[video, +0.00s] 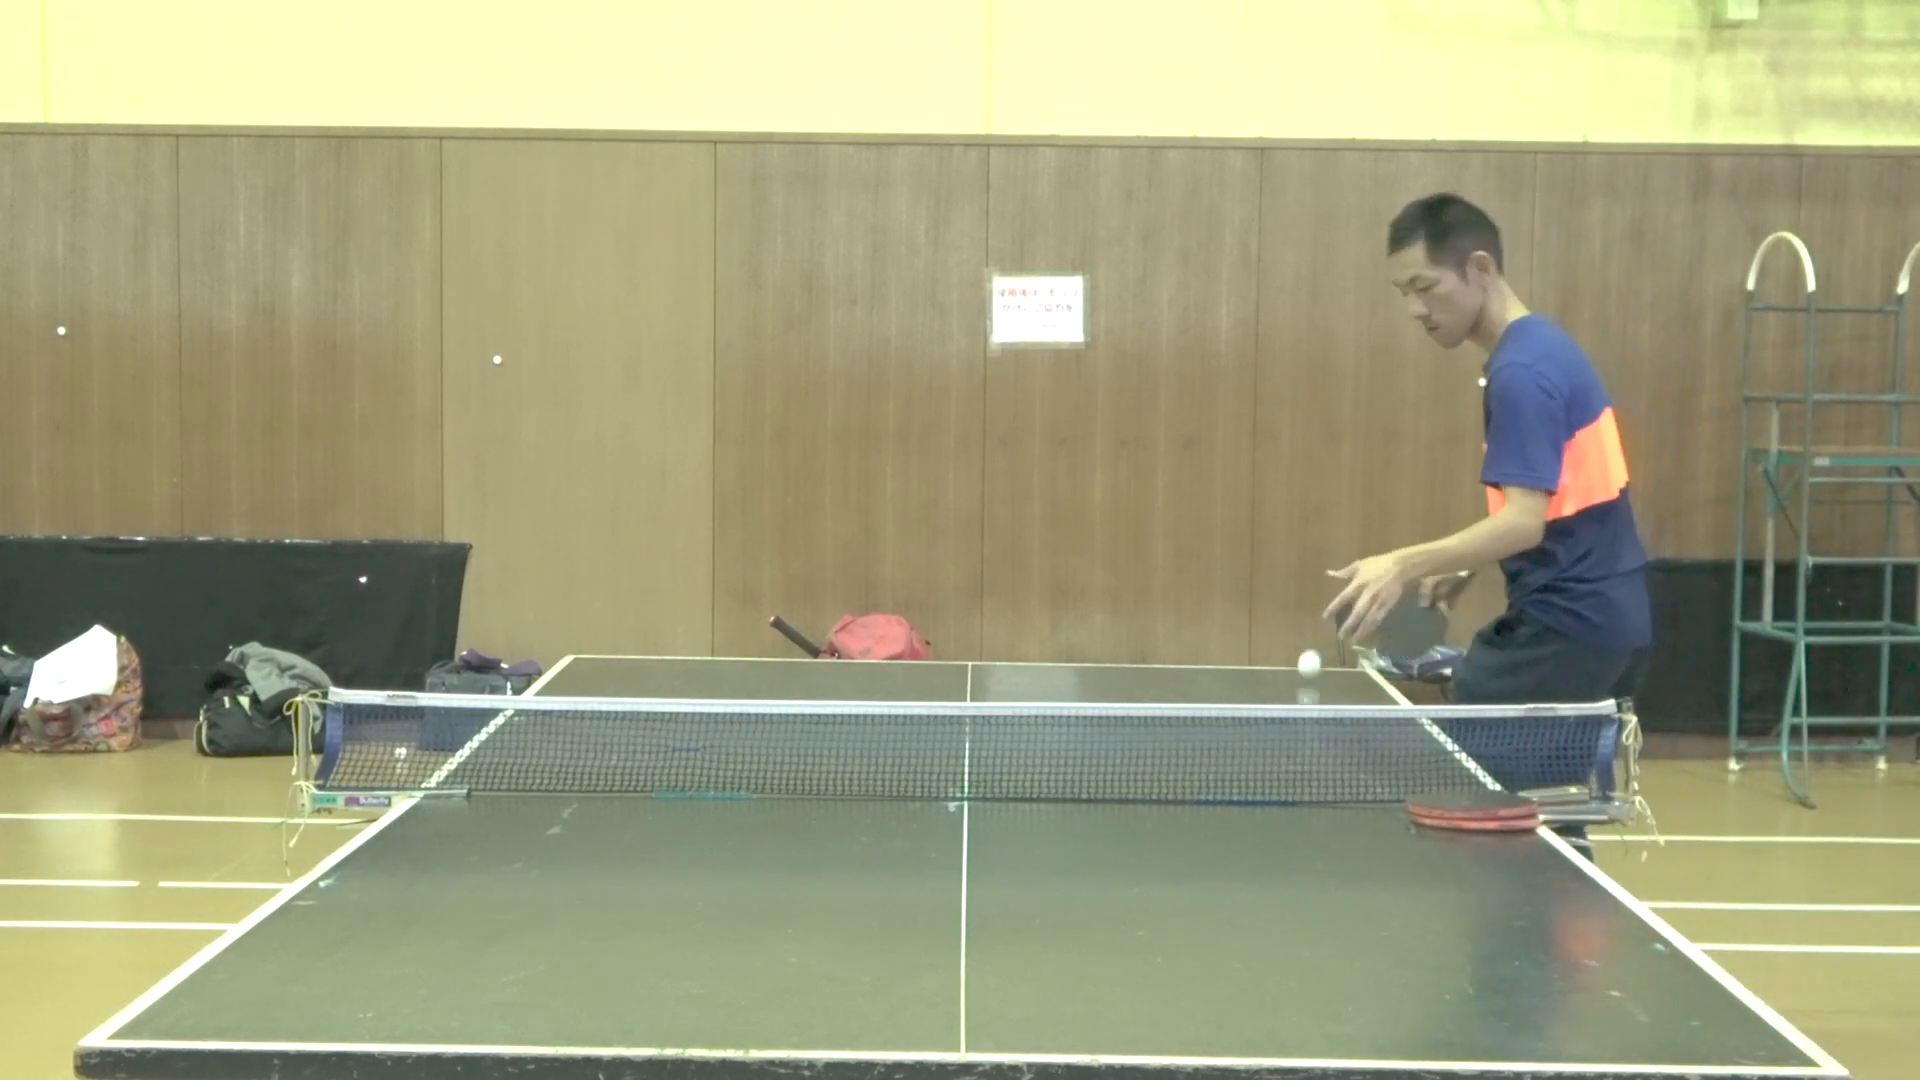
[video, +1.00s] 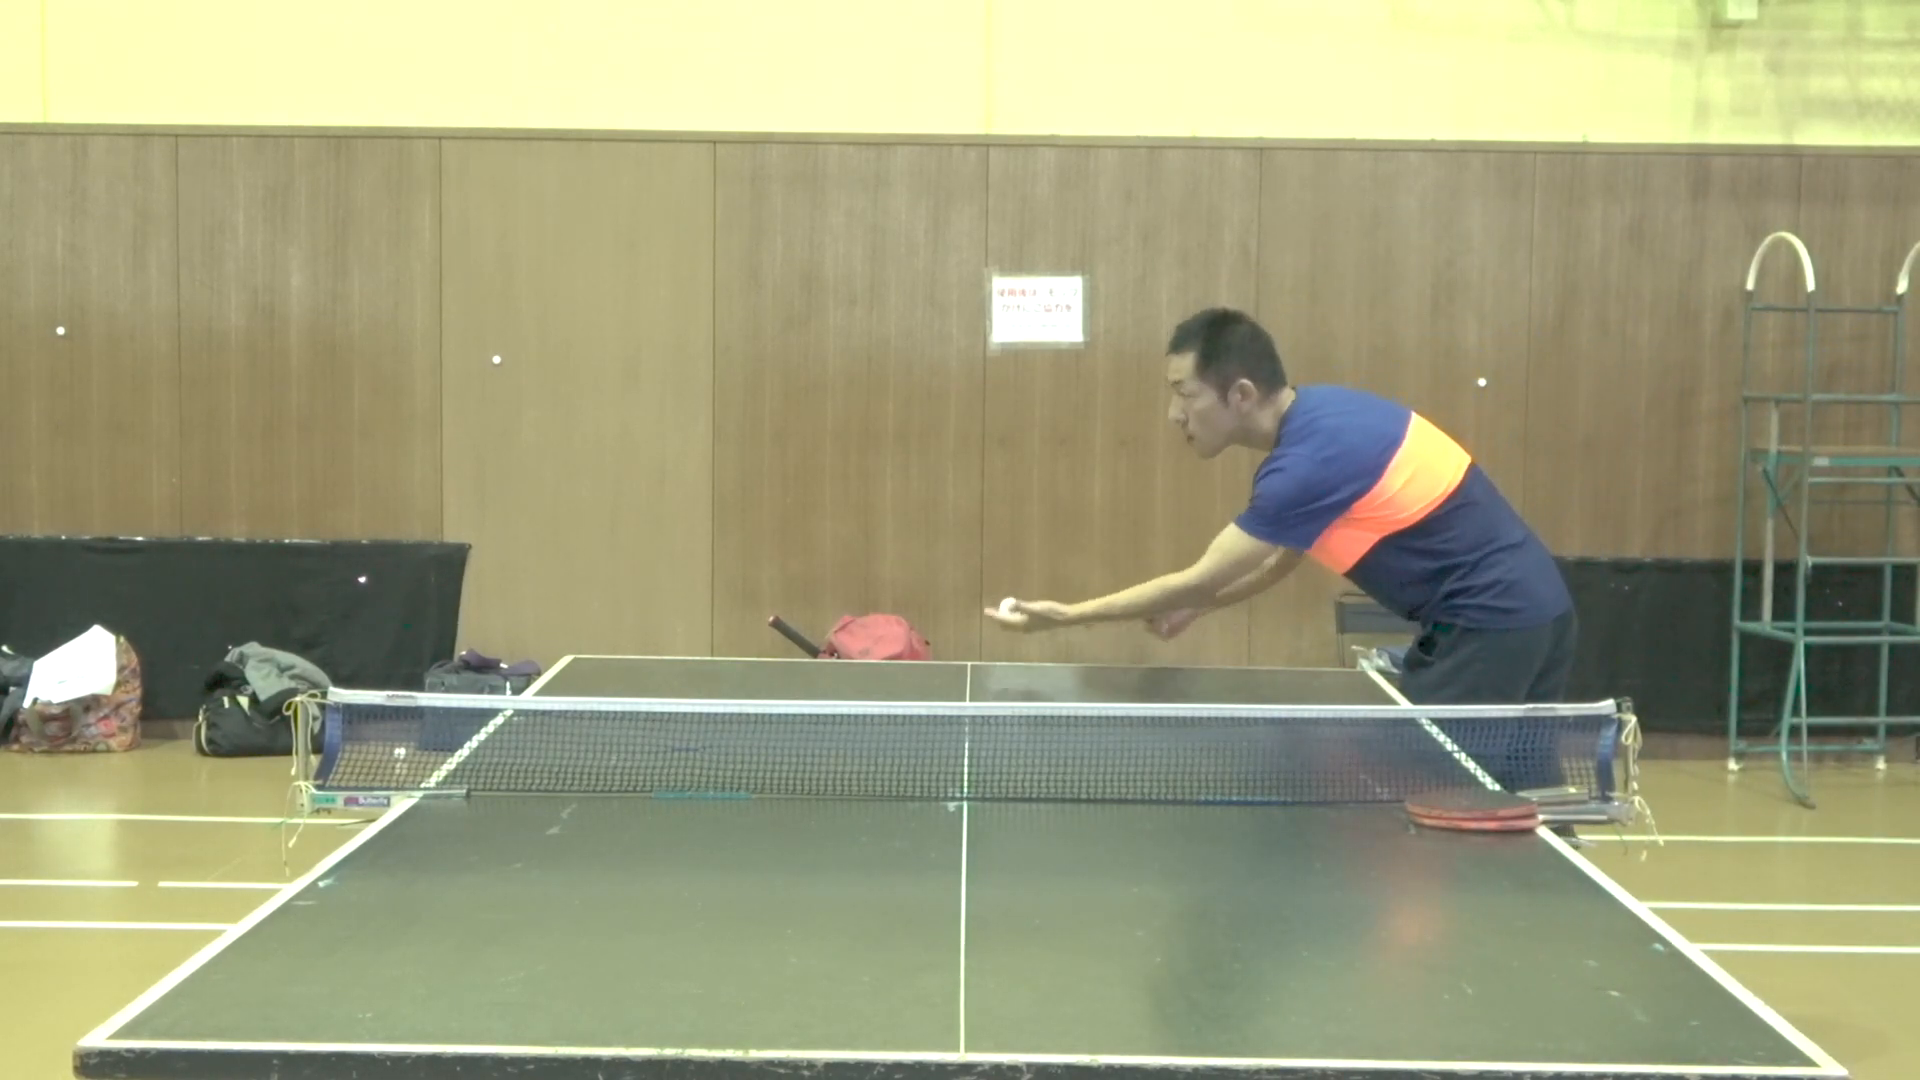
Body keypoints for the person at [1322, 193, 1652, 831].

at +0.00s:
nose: (1416, 310)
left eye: (1425, 288)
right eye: (1407, 293)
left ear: (1481, 267)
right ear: (1479, 272)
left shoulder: (1521, 370)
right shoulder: (1544, 348)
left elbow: (1523, 521)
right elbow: (1534, 501)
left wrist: (1404, 565)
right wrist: (1464, 564)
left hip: (1565, 629)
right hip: (1608, 623)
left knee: (1447, 781)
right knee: (1551, 806)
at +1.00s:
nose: (1174, 413)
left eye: (1185, 394)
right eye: (1173, 395)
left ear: (1242, 393)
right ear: (1247, 391)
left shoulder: (1313, 456)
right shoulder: (1327, 414)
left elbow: (1203, 579)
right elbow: (1276, 560)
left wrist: (1070, 614)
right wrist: (1199, 604)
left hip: (1499, 625)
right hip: (1517, 609)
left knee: (1392, 780)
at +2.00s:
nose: (1353, 303)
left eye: (1371, 286)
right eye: (1360, 286)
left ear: (1419, 300)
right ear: (1428, 300)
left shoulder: (1435, 355)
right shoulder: (1525, 361)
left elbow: (1442, 398)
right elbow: (1595, 349)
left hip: (1531, 626)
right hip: (1589, 628)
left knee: (1430, 795)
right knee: (1537, 809)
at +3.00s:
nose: (1397, 394)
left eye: (1389, 382)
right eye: (1391, 384)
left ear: (1398, 363)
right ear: (1456, 343)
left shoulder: (1422, 401)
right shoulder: (1546, 392)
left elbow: (1446, 515)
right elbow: (1641, 510)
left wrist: (1420, 630)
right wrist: (1591, 587)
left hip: (1527, 621)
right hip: (1613, 627)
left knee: (1409, 764)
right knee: (1606, 805)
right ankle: (1640, 978)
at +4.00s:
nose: (1297, 356)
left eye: (1305, 336)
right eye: (1294, 339)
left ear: (1361, 329)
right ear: (1364, 330)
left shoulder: (1400, 403)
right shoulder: (1428, 390)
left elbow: (1369, 554)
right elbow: (1387, 561)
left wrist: (1256, 526)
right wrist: (1293, 577)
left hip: (1521, 629)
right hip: (1573, 627)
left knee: (1387, 771)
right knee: (1580, 806)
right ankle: (1641, 965)